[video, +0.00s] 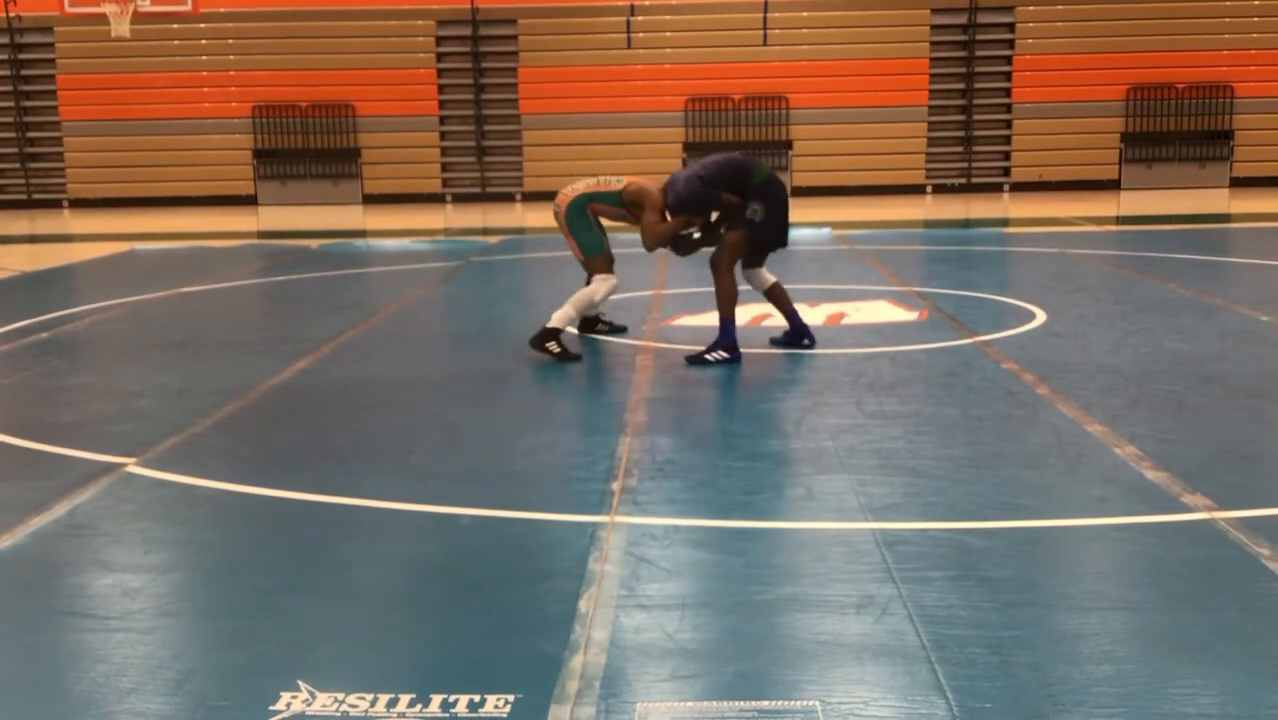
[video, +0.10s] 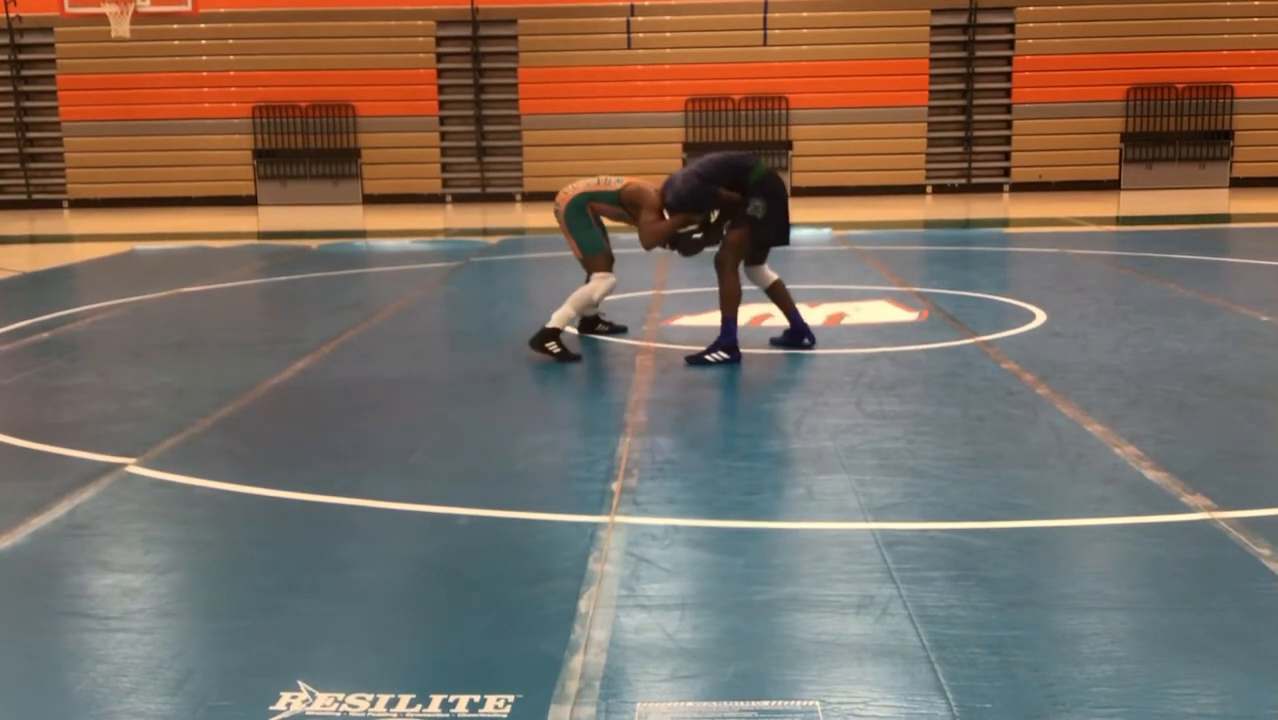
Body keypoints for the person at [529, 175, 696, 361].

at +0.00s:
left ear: (671, 190)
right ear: (678, 197)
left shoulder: (655, 200)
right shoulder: (651, 197)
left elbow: (679, 247)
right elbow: (651, 241)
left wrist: (704, 236)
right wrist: (685, 221)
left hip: (580, 206)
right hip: (573, 208)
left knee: (603, 266)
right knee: (605, 281)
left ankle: (589, 320)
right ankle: (548, 335)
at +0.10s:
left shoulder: (653, 199)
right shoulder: (651, 198)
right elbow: (648, 240)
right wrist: (683, 219)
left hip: (583, 205)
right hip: (573, 206)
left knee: (603, 264)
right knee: (604, 279)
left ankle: (589, 320)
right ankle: (548, 334)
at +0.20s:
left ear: (668, 188)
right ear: (674, 199)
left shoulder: (651, 194)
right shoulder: (647, 194)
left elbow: (643, 230)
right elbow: (640, 235)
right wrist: (678, 216)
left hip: (583, 205)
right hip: (574, 206)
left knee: (604, 262)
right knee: (602, 280)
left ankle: (590, 319)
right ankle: (547, 335)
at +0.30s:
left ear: (668, 186)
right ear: (673, 197)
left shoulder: (650, 189)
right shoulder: (646, 190)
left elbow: (638, 228)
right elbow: (637, 232)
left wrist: (658, 231)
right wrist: (677, 213)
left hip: (584, 203)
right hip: (576, 205)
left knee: (606, 261)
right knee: (602, 279)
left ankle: (590, 318)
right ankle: (548, 335)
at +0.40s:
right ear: (674, 194)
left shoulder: (651, 186)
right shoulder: (646, 188)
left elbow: (642, 228)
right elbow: (639, 234)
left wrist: (662, 227)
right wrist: (675, 215)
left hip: (586, 203)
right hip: (576, 205)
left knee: (607, 261)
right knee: (603, 279)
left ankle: (591, 318)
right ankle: (548, 334)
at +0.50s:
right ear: (676, 179)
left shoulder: (652, 187)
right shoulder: (651, 187)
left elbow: (649, 228)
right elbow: (646, 232)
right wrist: (681, 211)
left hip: (582, 206)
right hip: (576, 208)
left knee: (606, 264)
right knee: (605, 282)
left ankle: (590, 319)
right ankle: (548, 335)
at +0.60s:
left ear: (669, 176)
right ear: (679, 182)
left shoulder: (655, 186)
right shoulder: (657, 187)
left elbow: (669, 233)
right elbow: (656, 230)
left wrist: (702, 228)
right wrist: (691, 208)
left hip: (571, 201)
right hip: (574, 206)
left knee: (585, 264)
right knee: (603, 285)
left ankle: (586, 320)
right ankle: (546, 338)